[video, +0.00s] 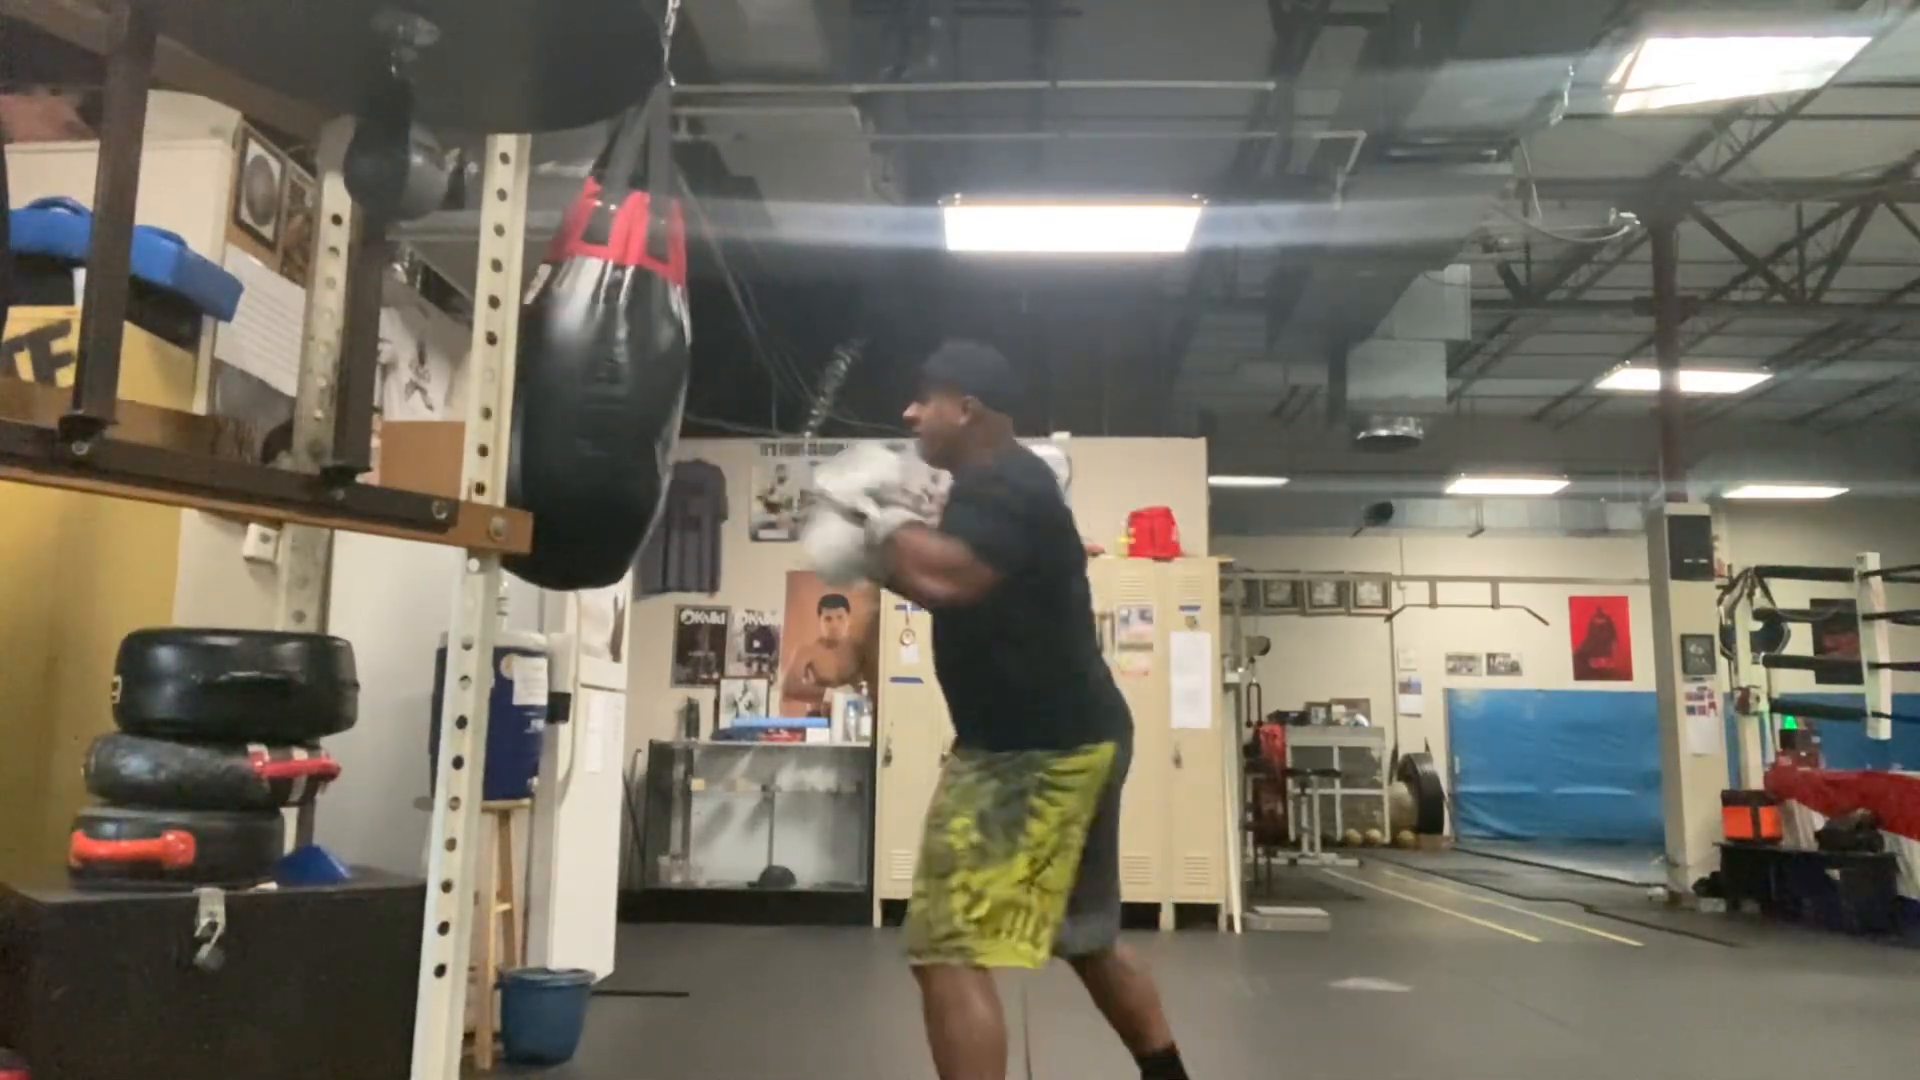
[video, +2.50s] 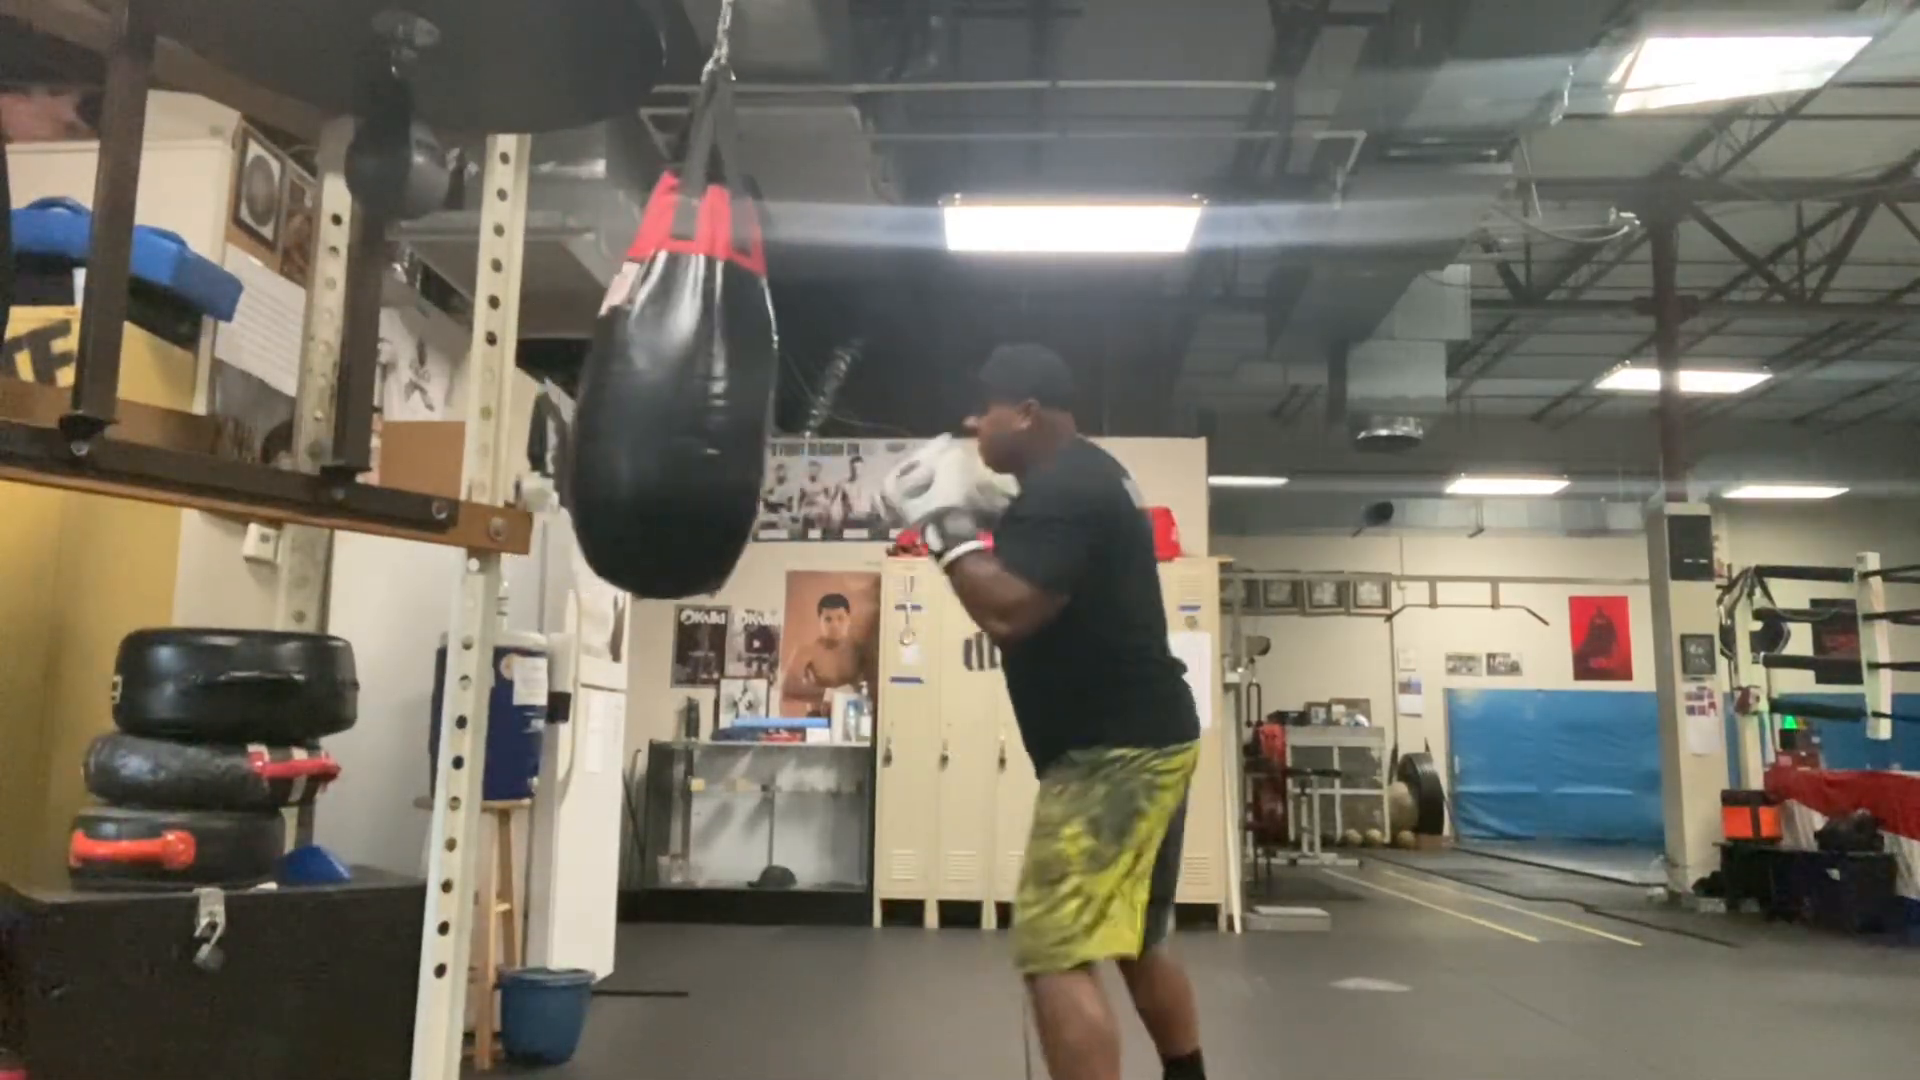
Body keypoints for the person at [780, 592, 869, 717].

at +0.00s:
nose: (834, 624)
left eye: (840, 618)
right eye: (828, 619)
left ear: (848, 620)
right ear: (819, 621)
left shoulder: (857, 652)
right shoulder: (807, 652)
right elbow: (790, 688)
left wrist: (816, 687)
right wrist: (828, 693)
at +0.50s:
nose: (834, 625)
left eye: (840, 618)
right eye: (828, 619)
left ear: (848, 620)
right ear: (819, 621)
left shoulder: (857, 651)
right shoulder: (808, 652)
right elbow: (790, 688)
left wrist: (816, 685)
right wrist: (828, 693)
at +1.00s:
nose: (834, 625)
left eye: (840, 618)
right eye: (828, 619)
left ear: (848, 620)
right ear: (819, 621)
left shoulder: (857, 651)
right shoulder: (808, 652)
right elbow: (789, 688)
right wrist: (825, 693)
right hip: (820, 716)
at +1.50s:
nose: (834, 624)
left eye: (840, 618)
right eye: (828, 619)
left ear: (848, 619)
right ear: (820, 620)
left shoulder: (858, 651)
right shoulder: (807, 651)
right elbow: (789, 688)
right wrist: (826, 693)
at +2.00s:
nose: (834, 625)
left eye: (840, 618)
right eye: (828, 619)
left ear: (848, 619)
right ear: (819, 620)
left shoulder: (857, 651)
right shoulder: (809, 651)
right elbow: (789, 686)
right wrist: (827, 693)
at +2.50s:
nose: (835, 625)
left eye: (840, 618)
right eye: (828, 619)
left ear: (849, 620)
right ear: (819, 621)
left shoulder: (859, 652)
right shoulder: (808, 652)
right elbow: (789, 687)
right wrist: (827, 693)